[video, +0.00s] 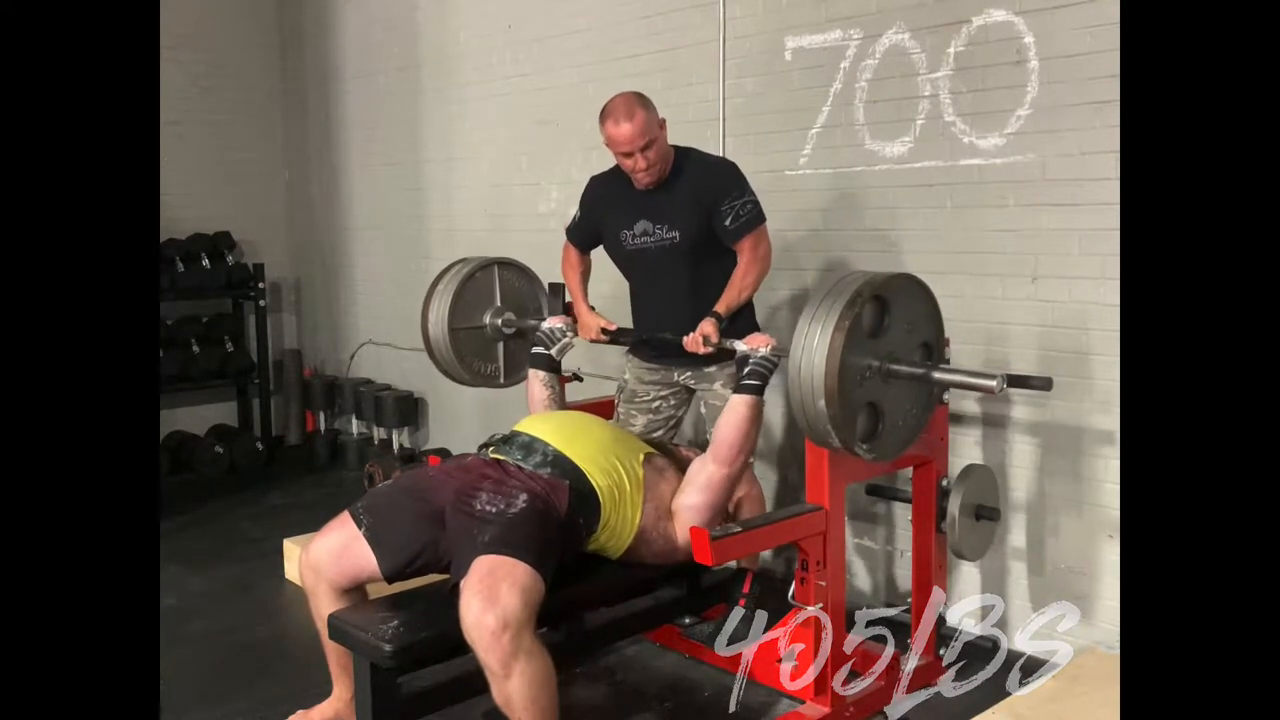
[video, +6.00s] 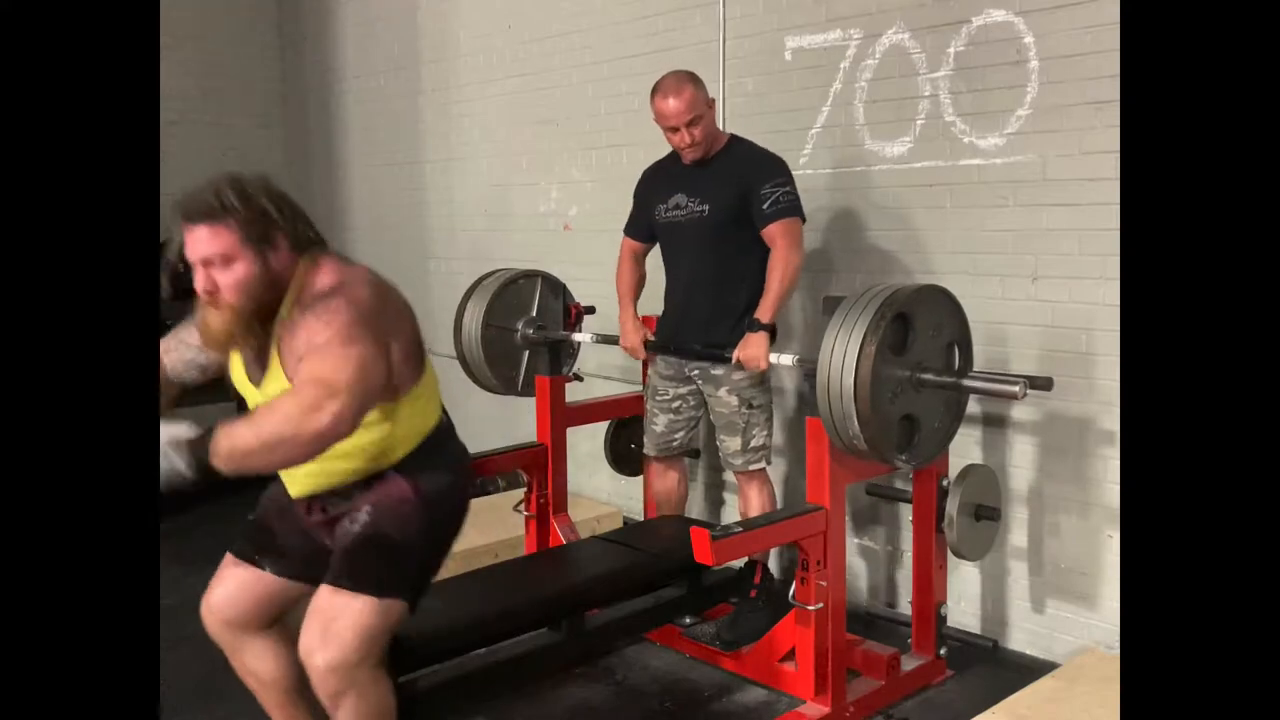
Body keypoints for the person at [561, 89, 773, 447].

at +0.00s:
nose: (641, 163)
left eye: (648, 148)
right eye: (626, 155)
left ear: (663, 127)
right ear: (608, 147)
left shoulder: (716, 178)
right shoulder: (602, 194)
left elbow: (756, 253)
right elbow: (575, 246)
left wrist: (717, 317)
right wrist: (582, 310)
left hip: (723, 360)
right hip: (651, 360)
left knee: (732, 467)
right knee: (631, 467)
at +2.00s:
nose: (640, 186)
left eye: (648, 173)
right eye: (631, 176)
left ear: (676, 151)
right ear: (622, 164)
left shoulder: (733, 194)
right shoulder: (631, 194)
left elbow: (766, 287)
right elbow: (630, 254)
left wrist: (744, 373)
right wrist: (634, 319)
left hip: (731, 366)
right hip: (667, 363)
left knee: (738, 480)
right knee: (649, 473)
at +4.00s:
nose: (675, 167)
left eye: (683, 157)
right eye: (671, 156)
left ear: (718, 145)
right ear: (676, 148)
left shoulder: (775, 184)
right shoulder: (672, 195)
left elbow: (795, 270)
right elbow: (638, 254)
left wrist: (753, 327)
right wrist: (624, 310)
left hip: (763, 354)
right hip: (697, 351)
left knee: (758, 465)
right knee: (664, 450)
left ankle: (772, 592)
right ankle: (698, 573)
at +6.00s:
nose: (683, 138)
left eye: (691, 123)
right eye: (671, 129)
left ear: (712, 108)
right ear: (658, 124)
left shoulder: (761, 169)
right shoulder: (657, 180)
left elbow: (789, 249)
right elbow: (632, 253)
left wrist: (762, 326)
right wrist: (628, 314)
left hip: (735, 355)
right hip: (670, 354)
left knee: (748, 469)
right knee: (661, 460)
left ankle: (760, 588)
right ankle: (663, 577)